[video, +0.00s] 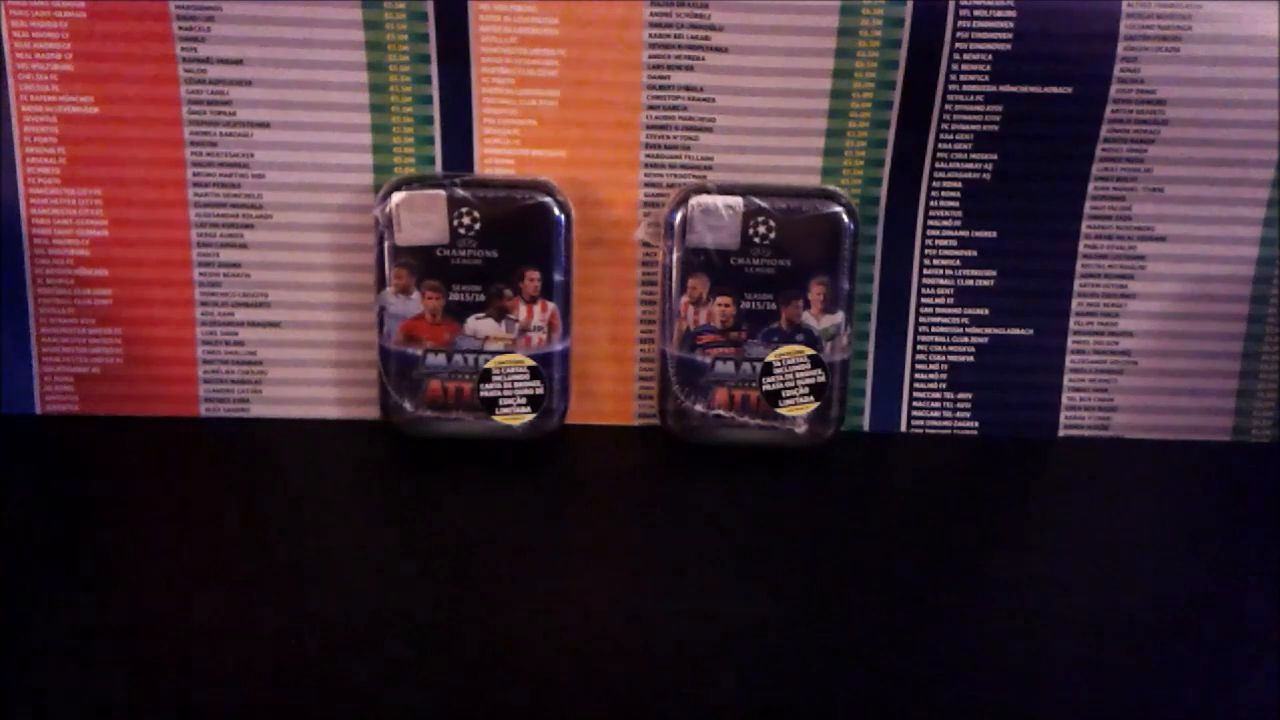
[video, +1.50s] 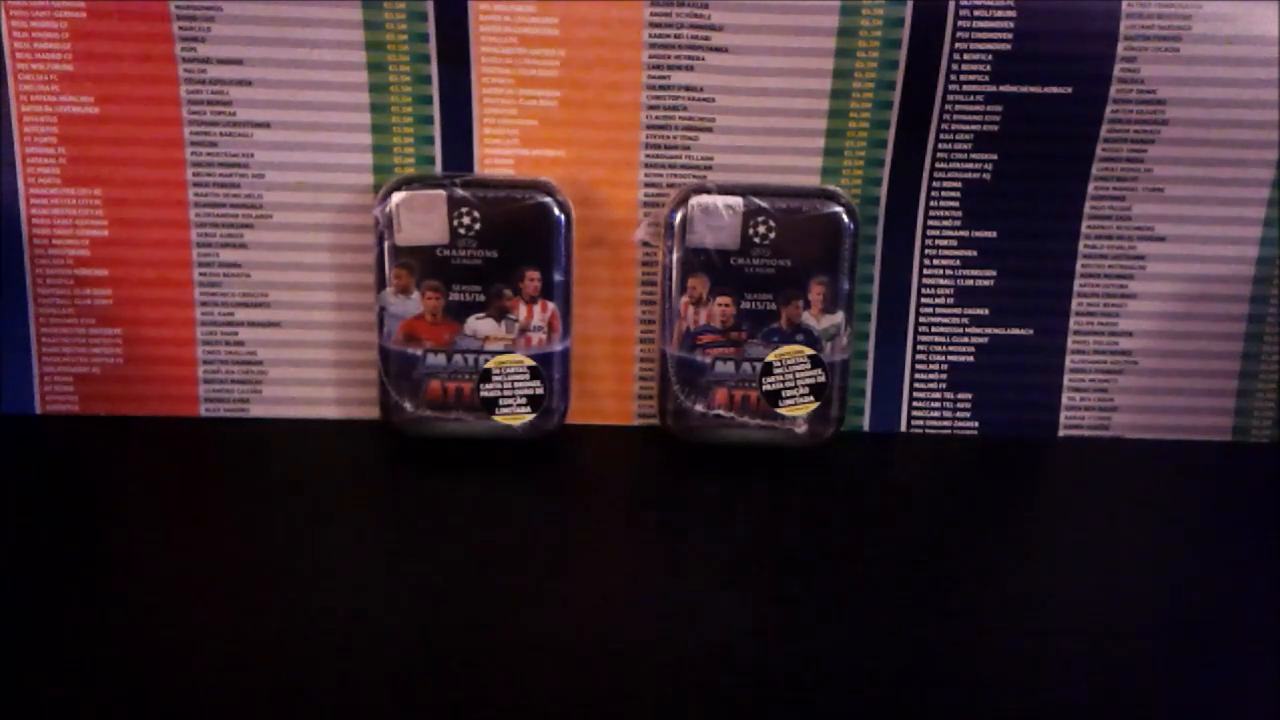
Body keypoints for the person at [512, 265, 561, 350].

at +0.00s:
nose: (536, 285)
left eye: (538, 281)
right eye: (531, 280)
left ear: (541, 283)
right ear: (521, 284)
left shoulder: (551, 308)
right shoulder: (512, 305)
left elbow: (556, 336)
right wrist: (519, 328)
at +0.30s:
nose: (536, 285)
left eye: (539, 280)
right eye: (531, 280)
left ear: (541, 283)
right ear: (521, 284)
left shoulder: (551, 308)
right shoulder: (512, 305)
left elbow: (556, 336)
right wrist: (520, 328)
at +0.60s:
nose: (536, 285)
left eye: (538, 281)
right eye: (531, 281)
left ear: (541, 283)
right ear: (521, 284)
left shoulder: (551, 308)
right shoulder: (512, 306)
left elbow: (556, 337)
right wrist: (520, 329)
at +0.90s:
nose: (536, 285)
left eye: (539, 281)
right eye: (531, 280)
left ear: (541, 283)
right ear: (521, 284)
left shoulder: (551, 308)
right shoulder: (512, 305)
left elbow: (556, 336)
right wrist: (520, 328)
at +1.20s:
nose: (536, 285)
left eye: (539, 281)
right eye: (531, 280)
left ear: (541, 283)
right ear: (521, 284)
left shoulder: (550, 308)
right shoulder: (512, 306)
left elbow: (556, 337)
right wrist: (520, 329)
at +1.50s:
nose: (536, 285)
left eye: (539, 281)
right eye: (531, 280)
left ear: (541, 283)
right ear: (521, 284)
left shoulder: (550, 308)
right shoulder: (513, 305)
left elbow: (556, 337)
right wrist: (520, 328)